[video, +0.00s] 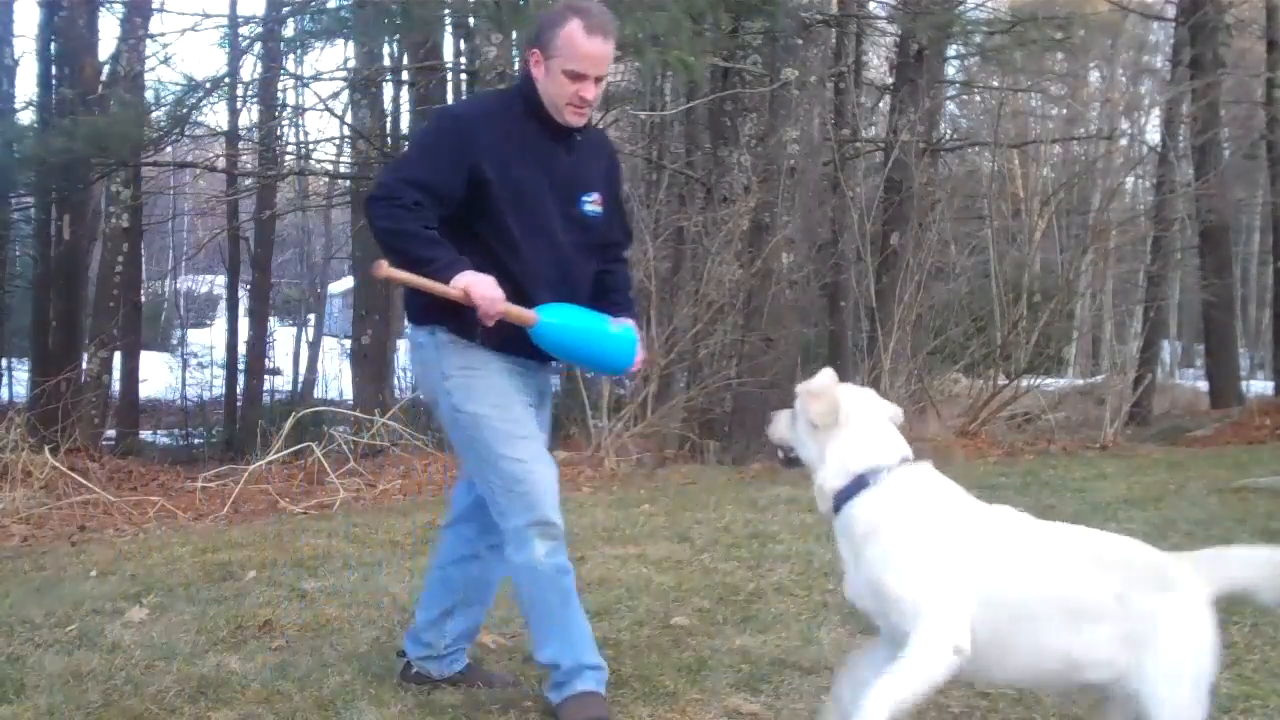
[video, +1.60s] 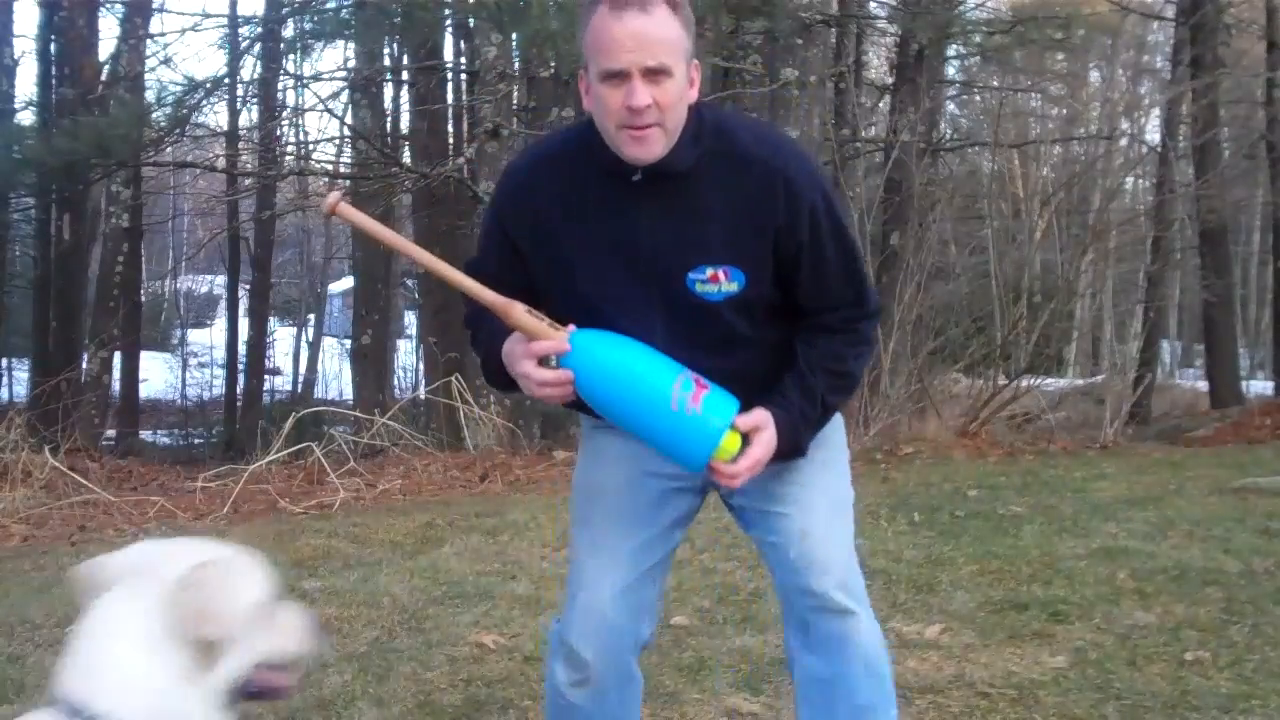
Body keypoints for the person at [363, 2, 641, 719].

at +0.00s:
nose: (589, 93)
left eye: (601, 79)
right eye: (575, 77)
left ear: (611, 74)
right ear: (536, 63)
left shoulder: (597, 153)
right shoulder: (470, 125)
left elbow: (608, 256)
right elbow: (392, 202)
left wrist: (621, 321)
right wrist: (455, 273)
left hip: (539, 355)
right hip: (463, 347)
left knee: (486, 509)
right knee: (534, 506)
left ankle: (433, 655)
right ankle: (576, 682)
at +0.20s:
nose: (601, 78)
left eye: (613, 62)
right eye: (585, 63)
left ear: (625, 52)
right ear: (548, 52)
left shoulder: (639, 136)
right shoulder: (495, 125)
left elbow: (662, 233)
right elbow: (422, 219)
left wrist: (671, 293)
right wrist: (498, 251)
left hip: (597, 356)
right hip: (510, 353)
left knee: (597, 513)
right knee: (555, 519)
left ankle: (470, 623)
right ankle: (575, 691)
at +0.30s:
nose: (605, 67)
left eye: (618, 51)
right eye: (588, 52)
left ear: (633, 43)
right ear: (556, 45)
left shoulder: (658, 126)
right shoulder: (504, 118)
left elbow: (686, 228)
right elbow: (436, 212)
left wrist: (693, 289)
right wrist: (515, 226)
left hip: (622, 356)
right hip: (523, 354)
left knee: (650, 503)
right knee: (554, 526)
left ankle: (533, 604)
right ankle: (576, 693)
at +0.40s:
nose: (612, 56)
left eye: (625, 40)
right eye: (596, 41)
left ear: (643, 33)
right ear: (563, 35)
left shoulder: (673, 119)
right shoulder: (513, 110)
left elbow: (707, 217)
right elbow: (454, 213)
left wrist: (706, 280)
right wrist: (517, 202)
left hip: (645, 356)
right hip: (537, 357)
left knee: (681, 500)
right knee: (557, 528)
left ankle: (613, 638)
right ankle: (576, 689)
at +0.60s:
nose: (625, 40)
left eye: (640, 24)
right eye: (608, 24)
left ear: (663, 20)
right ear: (581, 21)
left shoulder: (705, 110)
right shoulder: (530, 103)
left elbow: (750, 213)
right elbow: (475, 200)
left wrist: (732, 275)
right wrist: (543, 218)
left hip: (679, 358)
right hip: (562, 359)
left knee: (692, 524)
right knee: (567, 534)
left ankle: (689, 677)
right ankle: (576, 685)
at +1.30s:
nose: (651, 17)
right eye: (630, 1)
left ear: (699, 8)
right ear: (602, 12)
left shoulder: (768, 112)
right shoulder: (558, 115)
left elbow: (834, 243)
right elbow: (510, 234)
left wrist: (774, 322)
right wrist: (517, 274)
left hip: (756, 401)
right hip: (615, 399)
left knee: (791, 583)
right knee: (590, 599)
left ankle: (759, 713)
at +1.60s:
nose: (637, 99)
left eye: (657, 75)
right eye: (615, 78)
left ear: (693, 81)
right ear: (584, 89)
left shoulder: (772, 171)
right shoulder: (538, 183)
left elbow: (845, 318)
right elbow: (486, 307)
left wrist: (784, 419)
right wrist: (506, 358)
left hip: (782, 414)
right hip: (623, 429)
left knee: (828, 596)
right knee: (593, 633)